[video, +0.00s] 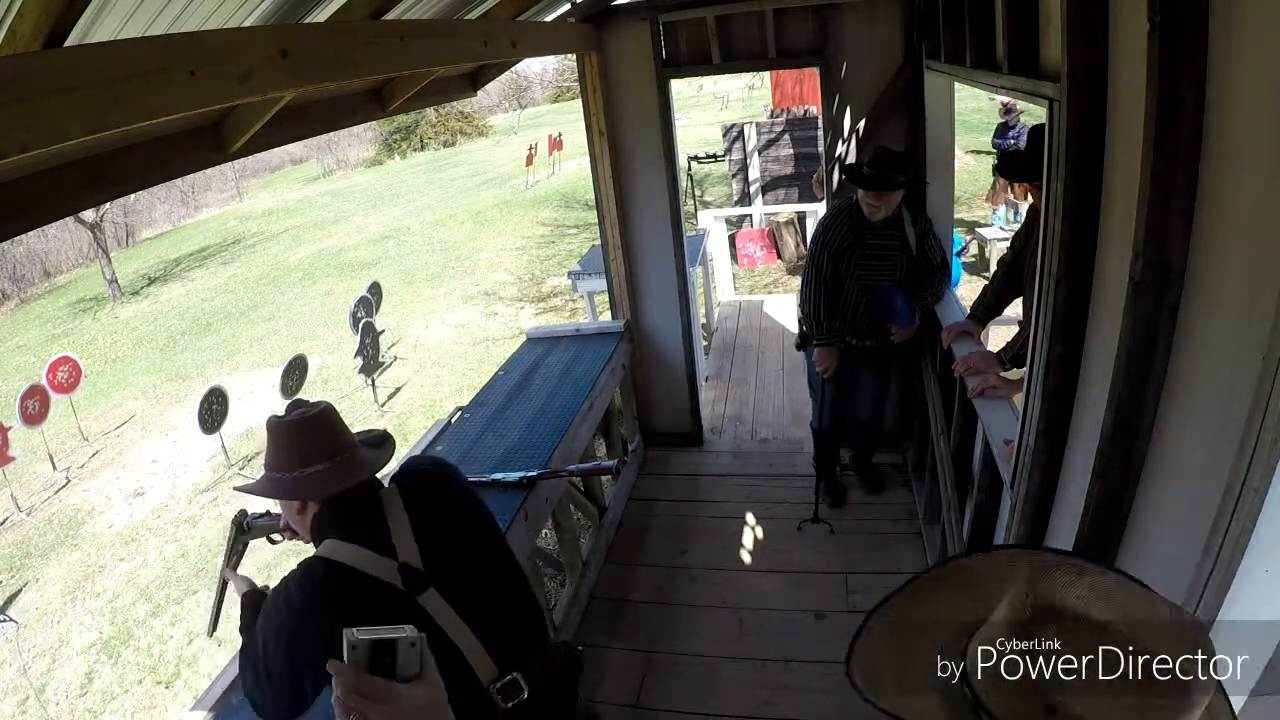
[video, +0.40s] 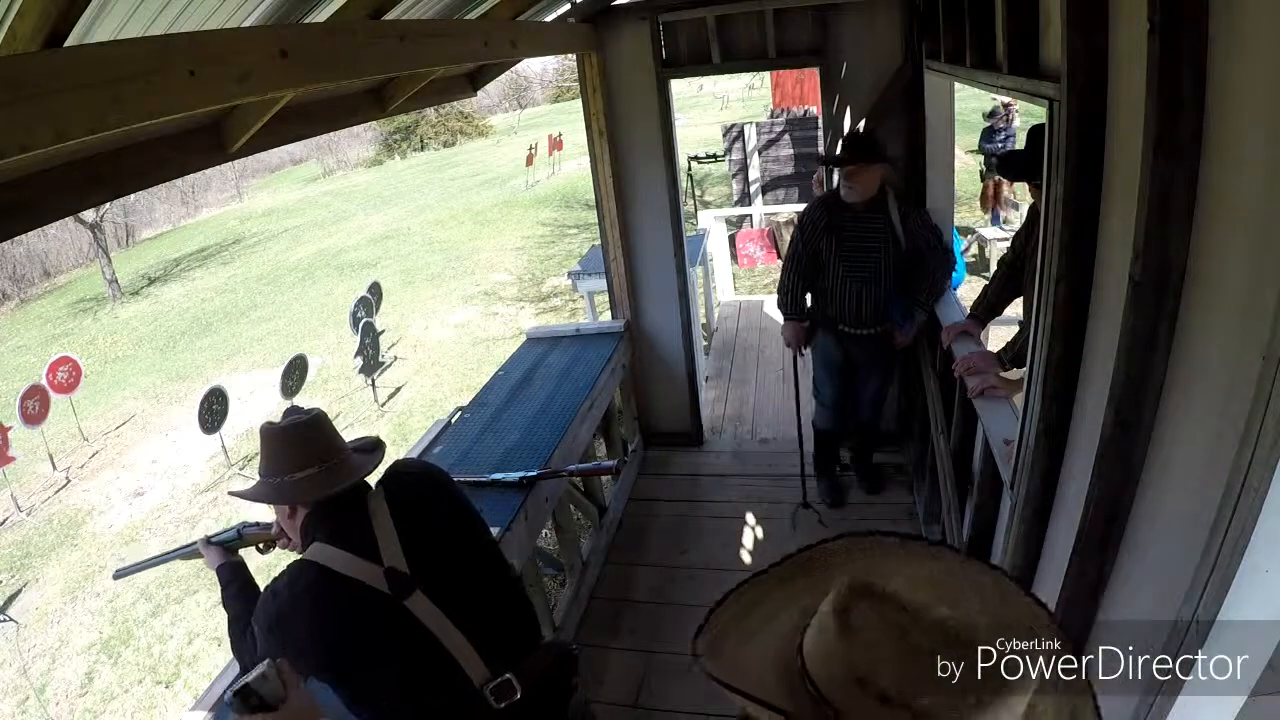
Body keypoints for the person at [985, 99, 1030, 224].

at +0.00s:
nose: (1008, 120)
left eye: (1011, 117)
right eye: (1006, 117)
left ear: (1016, 115)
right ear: (1004, 116)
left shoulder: (1024, 128)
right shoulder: (1001, 127)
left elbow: (1021, 145)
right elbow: (994, 143)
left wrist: (1001, 144)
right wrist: (1012, 142)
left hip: (1018, 166)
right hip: (1002, 164)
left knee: (1018, 194)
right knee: (999, 193)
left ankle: (1019, 221)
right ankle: (997, 221)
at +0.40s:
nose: (993, 123)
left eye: (995, 120)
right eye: (992, 120)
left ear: (1001, 118)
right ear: (991, 119)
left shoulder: (1010, 130)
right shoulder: (987, 131)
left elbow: (1009, 148)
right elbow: (982, 147)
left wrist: (988, 148)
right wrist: (1001, 146)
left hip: (1005, 169)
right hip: (990, 168)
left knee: (1003, 197)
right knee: (991, 197)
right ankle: (994, 222)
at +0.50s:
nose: (990, 124)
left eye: (992, 122)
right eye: (989, 122)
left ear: (999, 119)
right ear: (987, 121)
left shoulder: (1007, 132)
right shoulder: (983, 131)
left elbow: (1004, 150)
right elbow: (978, 149)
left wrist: (982, 150)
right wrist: (995, 148)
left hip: (1000, 171)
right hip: (986, 170)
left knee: (997, 202)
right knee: (986, 201)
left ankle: (999, 227)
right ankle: (994, 225)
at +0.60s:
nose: (986, 126)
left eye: (989, 123)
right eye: (985, 123)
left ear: (996, 122)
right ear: (983, 123)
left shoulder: (1003, 133)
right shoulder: (980, 134)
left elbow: (1000, 152)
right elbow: (974, 151)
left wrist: (978, 151)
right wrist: (993, 150)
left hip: (998, 172)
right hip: (984, 172)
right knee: (984, 201)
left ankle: (995, 220)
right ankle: (989, 221)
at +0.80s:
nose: (982, 131)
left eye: (985, 127)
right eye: (981, 128)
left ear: (991, 126)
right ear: (979, 127)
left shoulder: (1000, 140)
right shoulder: (975, 137)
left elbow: (992, 159)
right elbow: (967, 154)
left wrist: (974, 156)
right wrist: (984, 153)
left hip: (990, 178)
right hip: (976, 177)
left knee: (983, 210)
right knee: (977, 206)